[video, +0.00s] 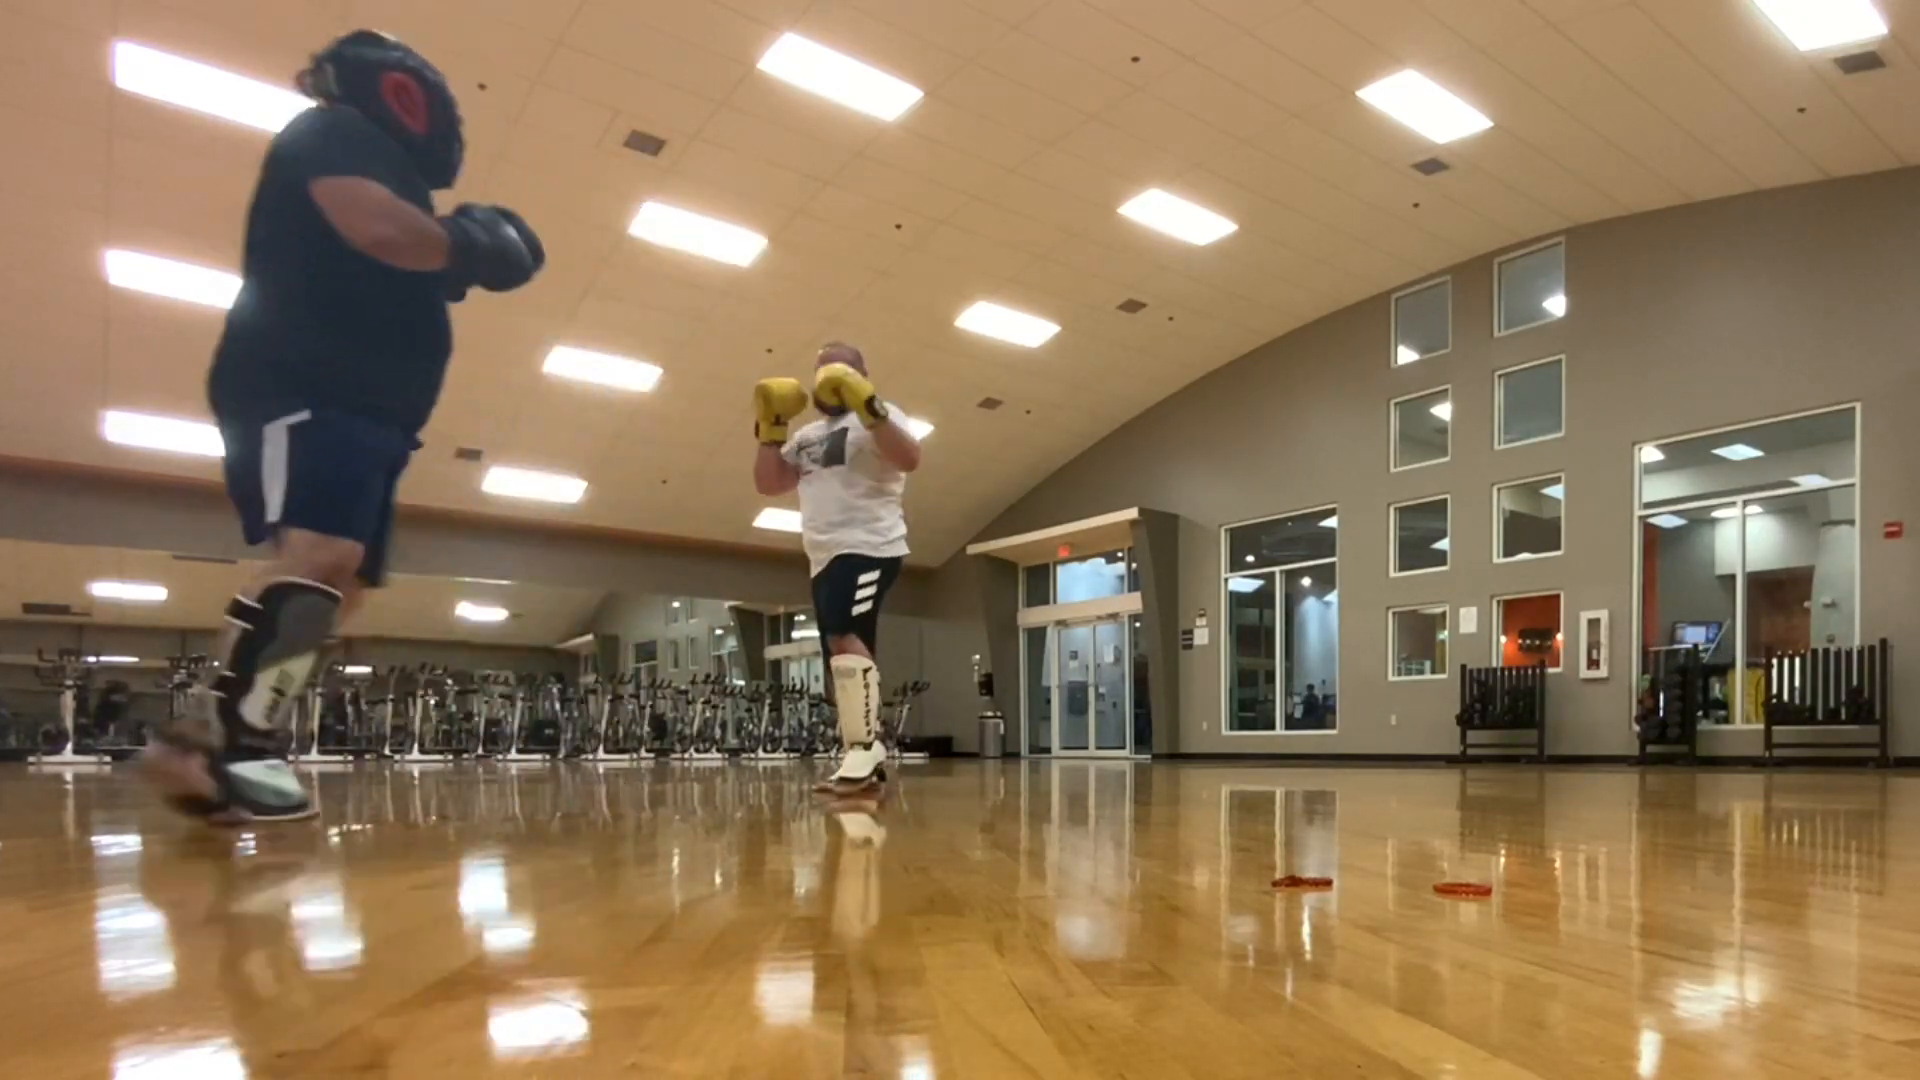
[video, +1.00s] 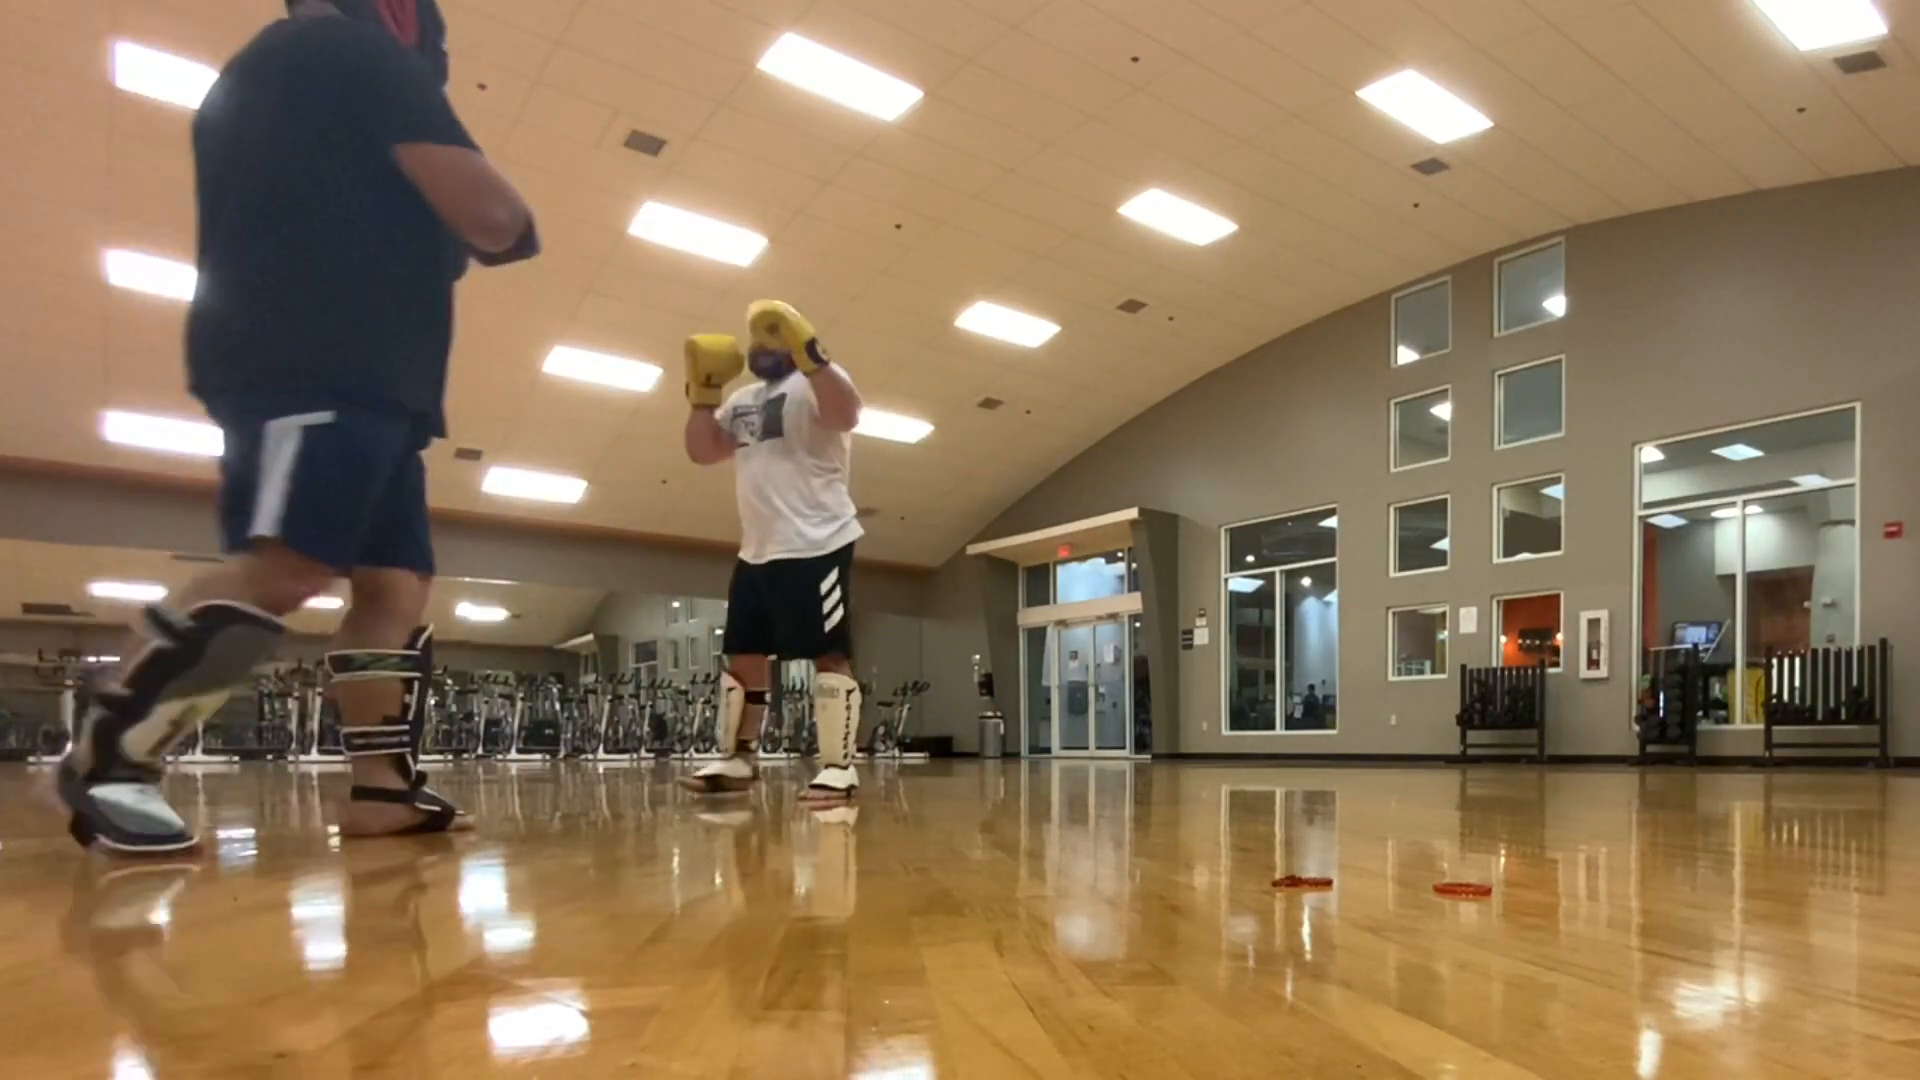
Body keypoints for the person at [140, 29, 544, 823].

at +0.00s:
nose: (442, 120)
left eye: (439, 106)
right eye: (431, 100)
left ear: (387, 98)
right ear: (394, 88)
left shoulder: (384, 165)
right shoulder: (333, 132)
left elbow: (391, 241)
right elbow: (376, 229)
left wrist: (461, 233)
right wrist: (467, 247)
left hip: (362, 399)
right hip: (311, 384)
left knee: (343, 578)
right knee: (322, 554)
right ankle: (236, 743)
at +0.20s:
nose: (380, 110)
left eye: (376, 94)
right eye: (367, 90)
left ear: (315, 88)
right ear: (327, 80)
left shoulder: (304, 173)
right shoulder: (259, 131)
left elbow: (315, 272)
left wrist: (403, 273)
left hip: (262, 409)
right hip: (236, 397)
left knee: (179, 573)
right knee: (218, 565)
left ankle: (109, 751)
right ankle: (129, 754)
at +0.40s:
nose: (344, 72)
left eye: (344, 52)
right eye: (337, 42)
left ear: (246, 22)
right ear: (297, 23)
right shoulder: (237, 72)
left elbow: (266, 256)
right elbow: (333, 215)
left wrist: (370, 297)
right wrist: (408, 267)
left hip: (237, 391)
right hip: (172, 361)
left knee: (228, 585)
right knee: (143, 546)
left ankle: (163, 775)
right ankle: (54, 764)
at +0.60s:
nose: (349, 60)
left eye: (355, 48)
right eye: (351, 39)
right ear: (316, 5)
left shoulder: (148, 31)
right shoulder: (256, 31)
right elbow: (372, 206)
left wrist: (345, 151)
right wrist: (407, 178)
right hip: (169, 349)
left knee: (304, 551)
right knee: (113, 556)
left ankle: (193, 739)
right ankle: (34, 790)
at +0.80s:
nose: (379, 51)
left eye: (380, 41)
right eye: (376, 33)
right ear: (347, 6)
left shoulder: (167, 44)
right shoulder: (308, 45)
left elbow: (247, 202)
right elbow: (408, 221)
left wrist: (375, 248)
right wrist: (440, 221)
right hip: (226, 358)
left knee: (337, 568)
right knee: (151, 559)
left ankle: (367, 779)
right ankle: (52, 780)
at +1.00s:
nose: (428, 40)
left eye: (430, 32)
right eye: (423, 25)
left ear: (308, 0)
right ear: (387, 3)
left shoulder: (243, 75)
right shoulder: (365, 48)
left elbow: (328, 219)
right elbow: (492, 216)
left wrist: (446, 233)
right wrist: (508, 233)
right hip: (331, 362)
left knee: (394, 581)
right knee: (286, 565)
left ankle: (380, 787)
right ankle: (109, 754)